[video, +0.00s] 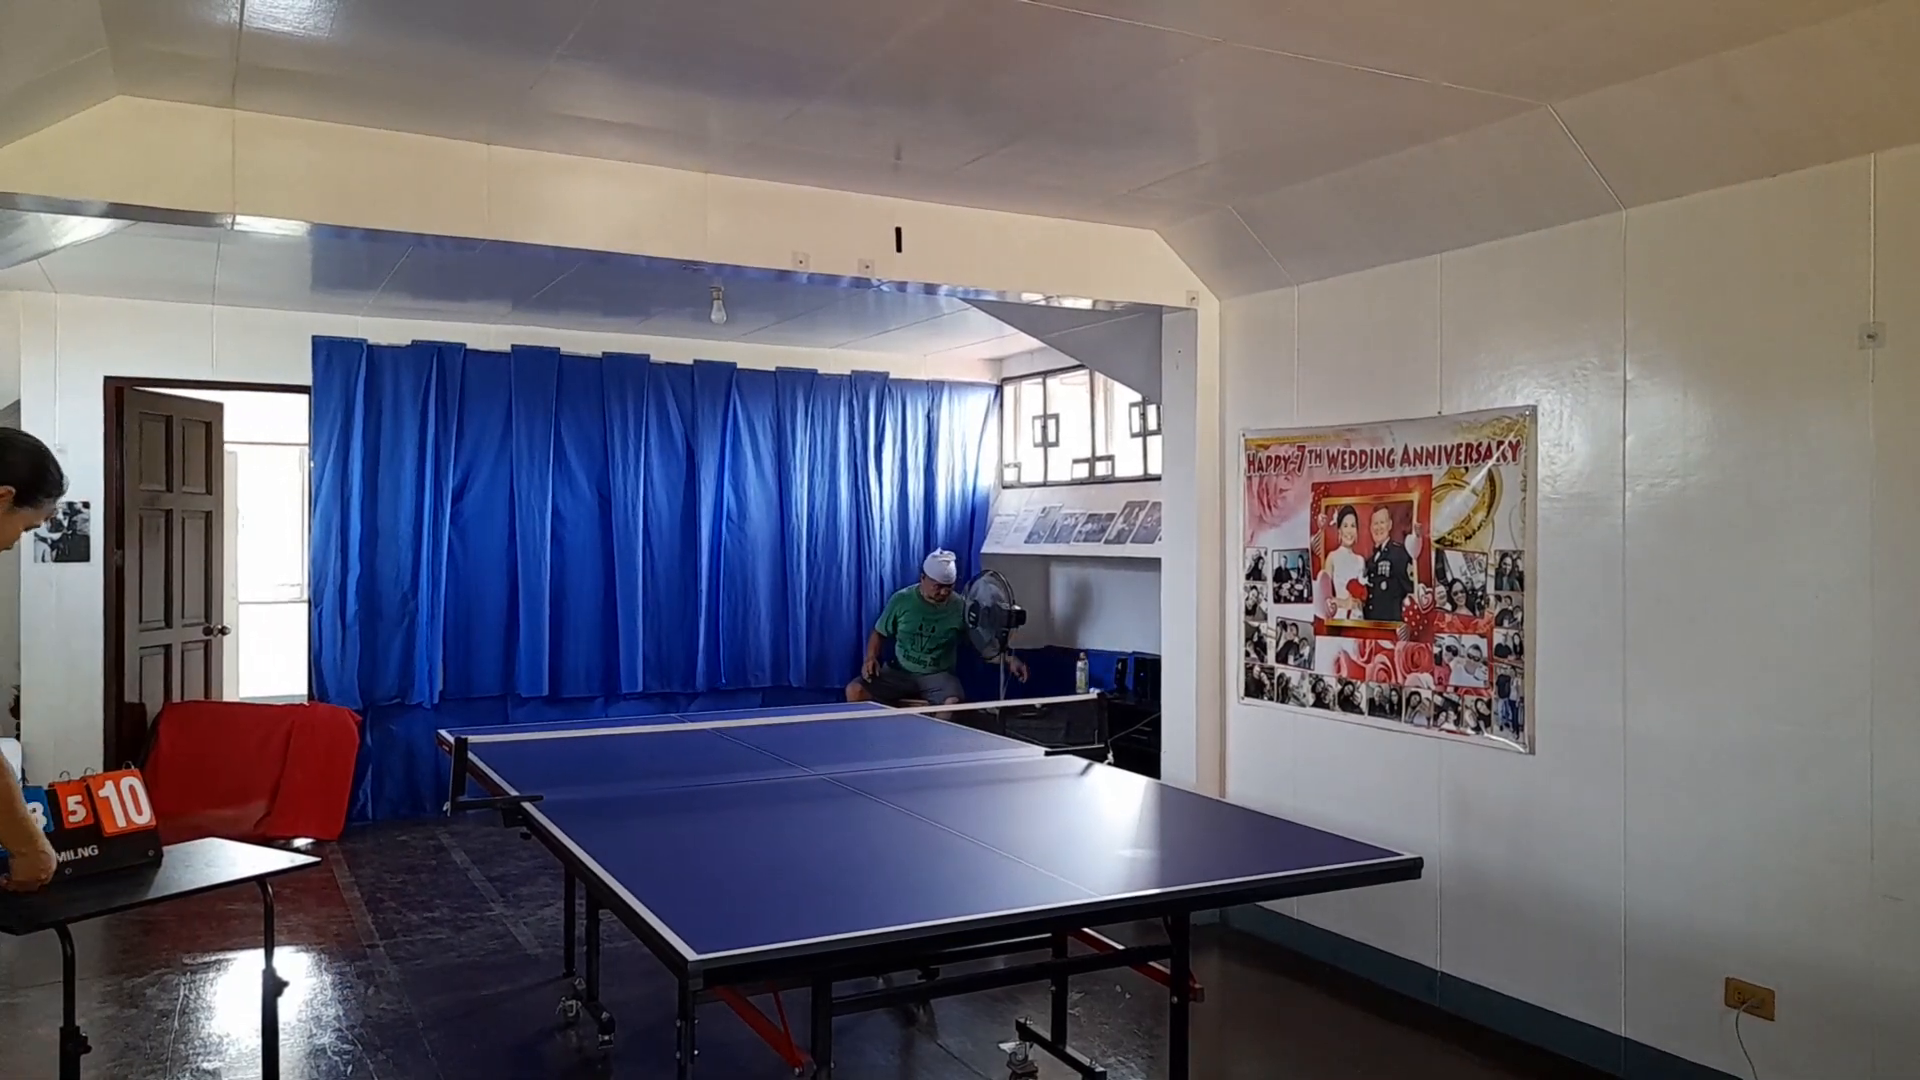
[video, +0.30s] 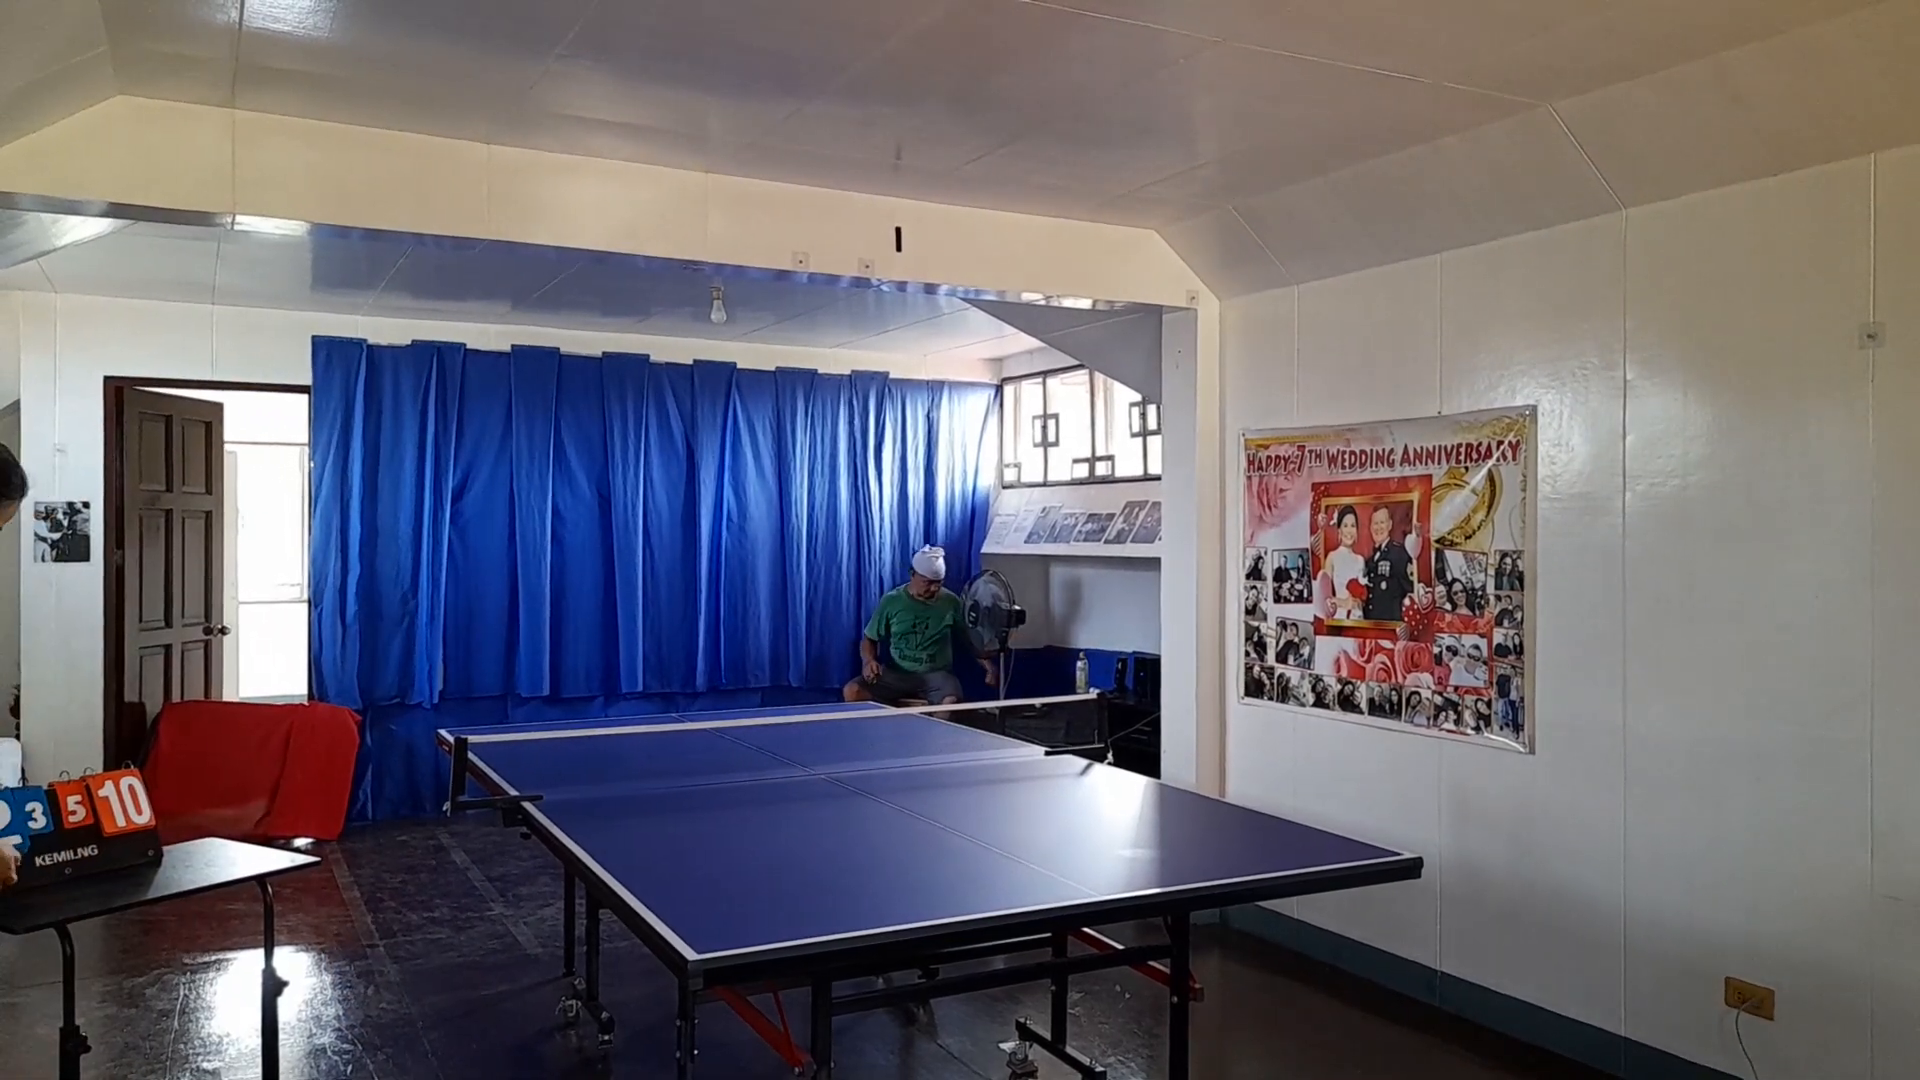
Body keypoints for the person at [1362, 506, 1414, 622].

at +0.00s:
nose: (1378, 527)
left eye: (1382, 522)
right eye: (1375, 523)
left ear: (1390, 524)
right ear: (1370, 527)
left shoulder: (1399, 552)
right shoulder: (1370, 561)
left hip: (1393, 617)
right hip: (1371, 617)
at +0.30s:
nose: (1378, 527)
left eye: (1382, 522)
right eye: (1375, 523)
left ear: (1390, 524)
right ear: (1370, 527)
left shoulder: (1399, 552)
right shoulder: (1369, 560)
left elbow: (1407, 587)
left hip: (1393, 616)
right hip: (1371, 617)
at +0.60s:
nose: (1378, 527)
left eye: (1382, 522)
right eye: (1375, 523)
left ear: (1390, 524)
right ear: (1370, 526)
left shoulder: (1399, 552)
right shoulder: (1369, 560)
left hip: (1392, 617)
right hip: (1371, 617)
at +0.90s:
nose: (1378, 527)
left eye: (1382, 522)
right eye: (1375, 523)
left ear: (1390, 524)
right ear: (1370, 526)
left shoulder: (1399, 552)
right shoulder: (1369, 560)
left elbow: (1405, 586)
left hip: (1393, 616)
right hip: (1371, 617)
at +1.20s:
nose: (1378, 527)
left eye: (1382, 522)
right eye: (1375, 523)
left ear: (1390, 524)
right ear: (1370, 526)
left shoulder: (1399, 552)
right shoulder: (1369, 559)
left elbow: (1408, 587)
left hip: (1393, 617)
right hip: (1371, 617)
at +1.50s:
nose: (1378, 527)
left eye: (1382, 522)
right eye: (1375, 523)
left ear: (1390, 524)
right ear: (1370, 526)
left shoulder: (1399, 552)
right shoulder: (1369, 559)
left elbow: (1406, 586)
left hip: (1392, 615)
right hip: (1371, 616)